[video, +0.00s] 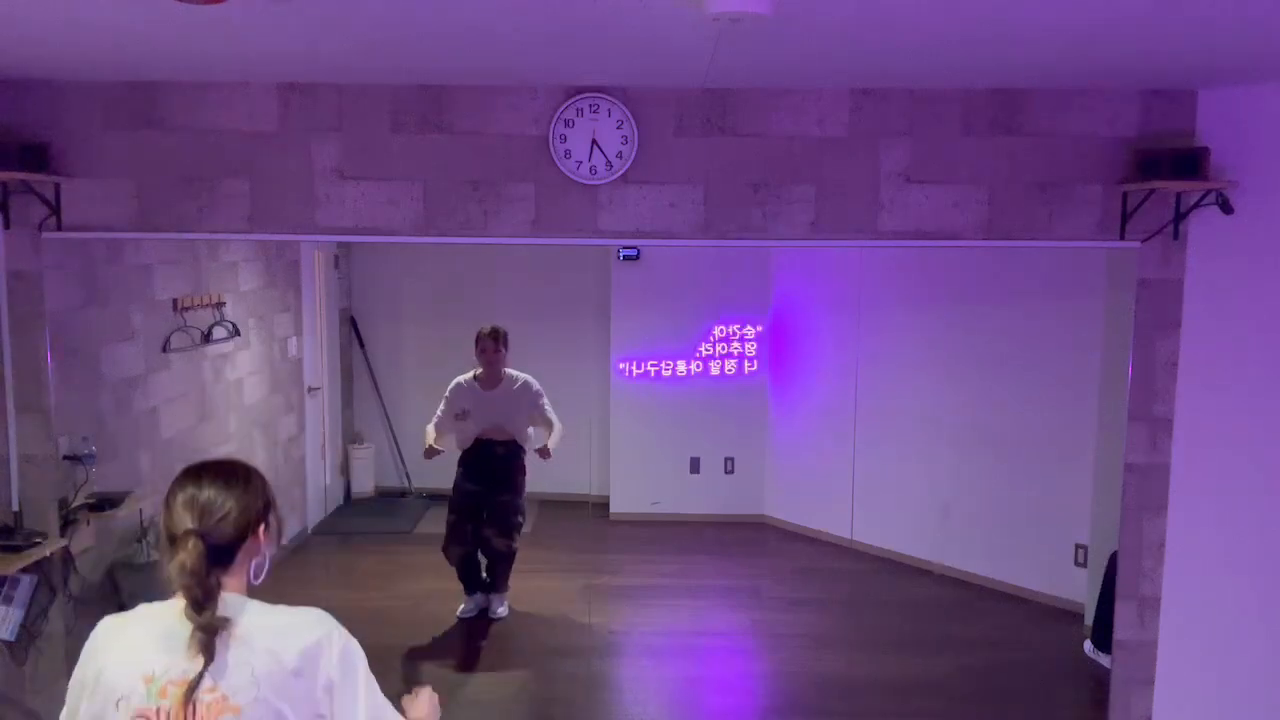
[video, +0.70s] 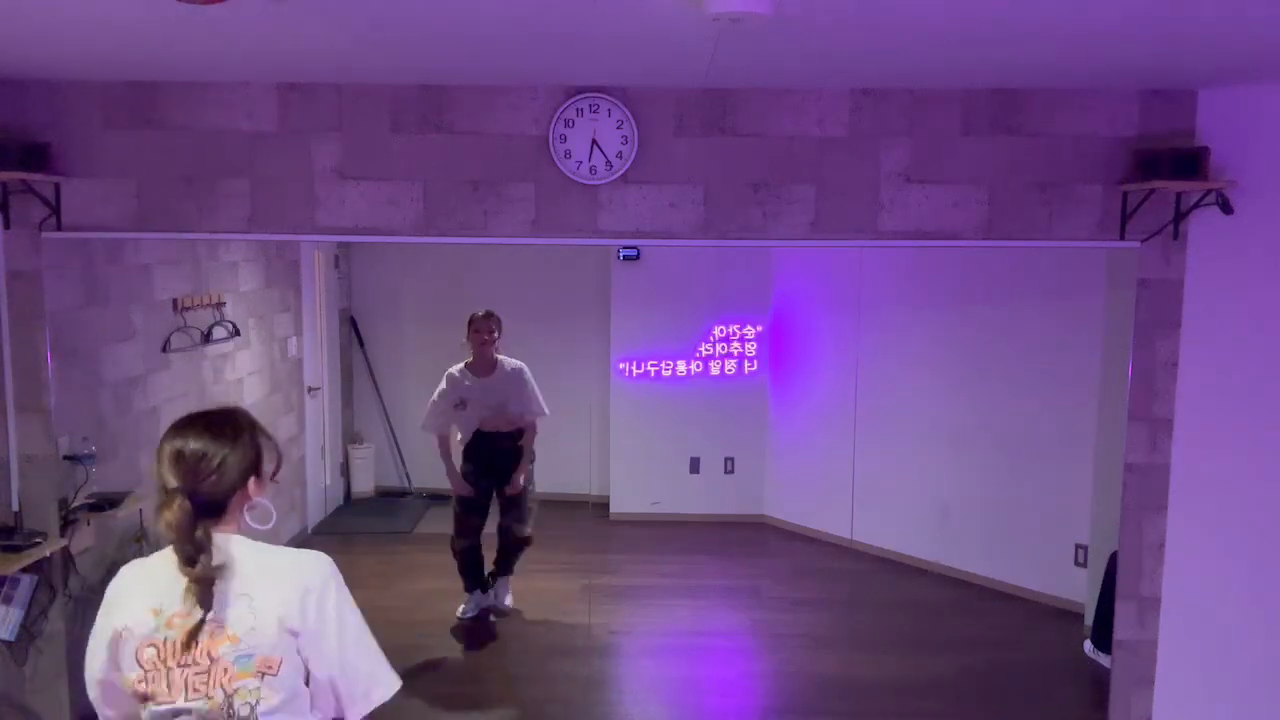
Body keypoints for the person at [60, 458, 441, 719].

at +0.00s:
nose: (274, 537)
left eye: (271, 522)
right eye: (274, 524)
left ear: (172, 537)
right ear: (260, 537)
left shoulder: (109, 641)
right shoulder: (315, 640)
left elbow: (73, 713)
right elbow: (380, 718)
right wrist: (418, 715)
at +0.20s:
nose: (277, 586)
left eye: (272, 572)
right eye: (275, 575)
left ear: (179, 580)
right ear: (264, 591)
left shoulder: (112, 679)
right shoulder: (310, 682)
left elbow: (45, 698)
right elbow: (445, 713)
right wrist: (414, 662)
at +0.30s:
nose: (281, 594)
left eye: (276, 580)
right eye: (280, 582)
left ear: (184, 590)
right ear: (267, 598)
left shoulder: (126, 674)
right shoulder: (291, 684)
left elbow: (60, 636)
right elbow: (454, 683)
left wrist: (168, 631)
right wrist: (394, 641)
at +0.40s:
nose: (280, 574)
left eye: (277, 562)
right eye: (279, 563)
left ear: (191, 570)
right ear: (266, 582)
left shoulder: (141, 643)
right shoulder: (284, 659)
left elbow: (79, 577)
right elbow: (455, 637)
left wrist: (178, 619)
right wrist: (350, 647)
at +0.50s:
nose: (284, 528)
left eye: (280, 515)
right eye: (282, 517)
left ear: (186, 525)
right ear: (269, 534)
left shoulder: (134, 600)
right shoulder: (304, 610)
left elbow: (95, 569)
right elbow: (449, 637)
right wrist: (342, 634)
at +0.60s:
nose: (277, 484)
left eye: (274, 471)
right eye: (276, 474)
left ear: (178, 485)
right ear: (263, 489)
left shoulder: (128, 569)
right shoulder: (307, 577)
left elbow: (99, 660)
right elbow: (408, 688)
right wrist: (319, 694)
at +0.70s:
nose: (270, 486)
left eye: (271, 472)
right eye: (269, 474)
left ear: (173, 485)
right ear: (251, 489)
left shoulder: (128, 583)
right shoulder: (306, 575)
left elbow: (105, 698)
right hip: (276, 709)